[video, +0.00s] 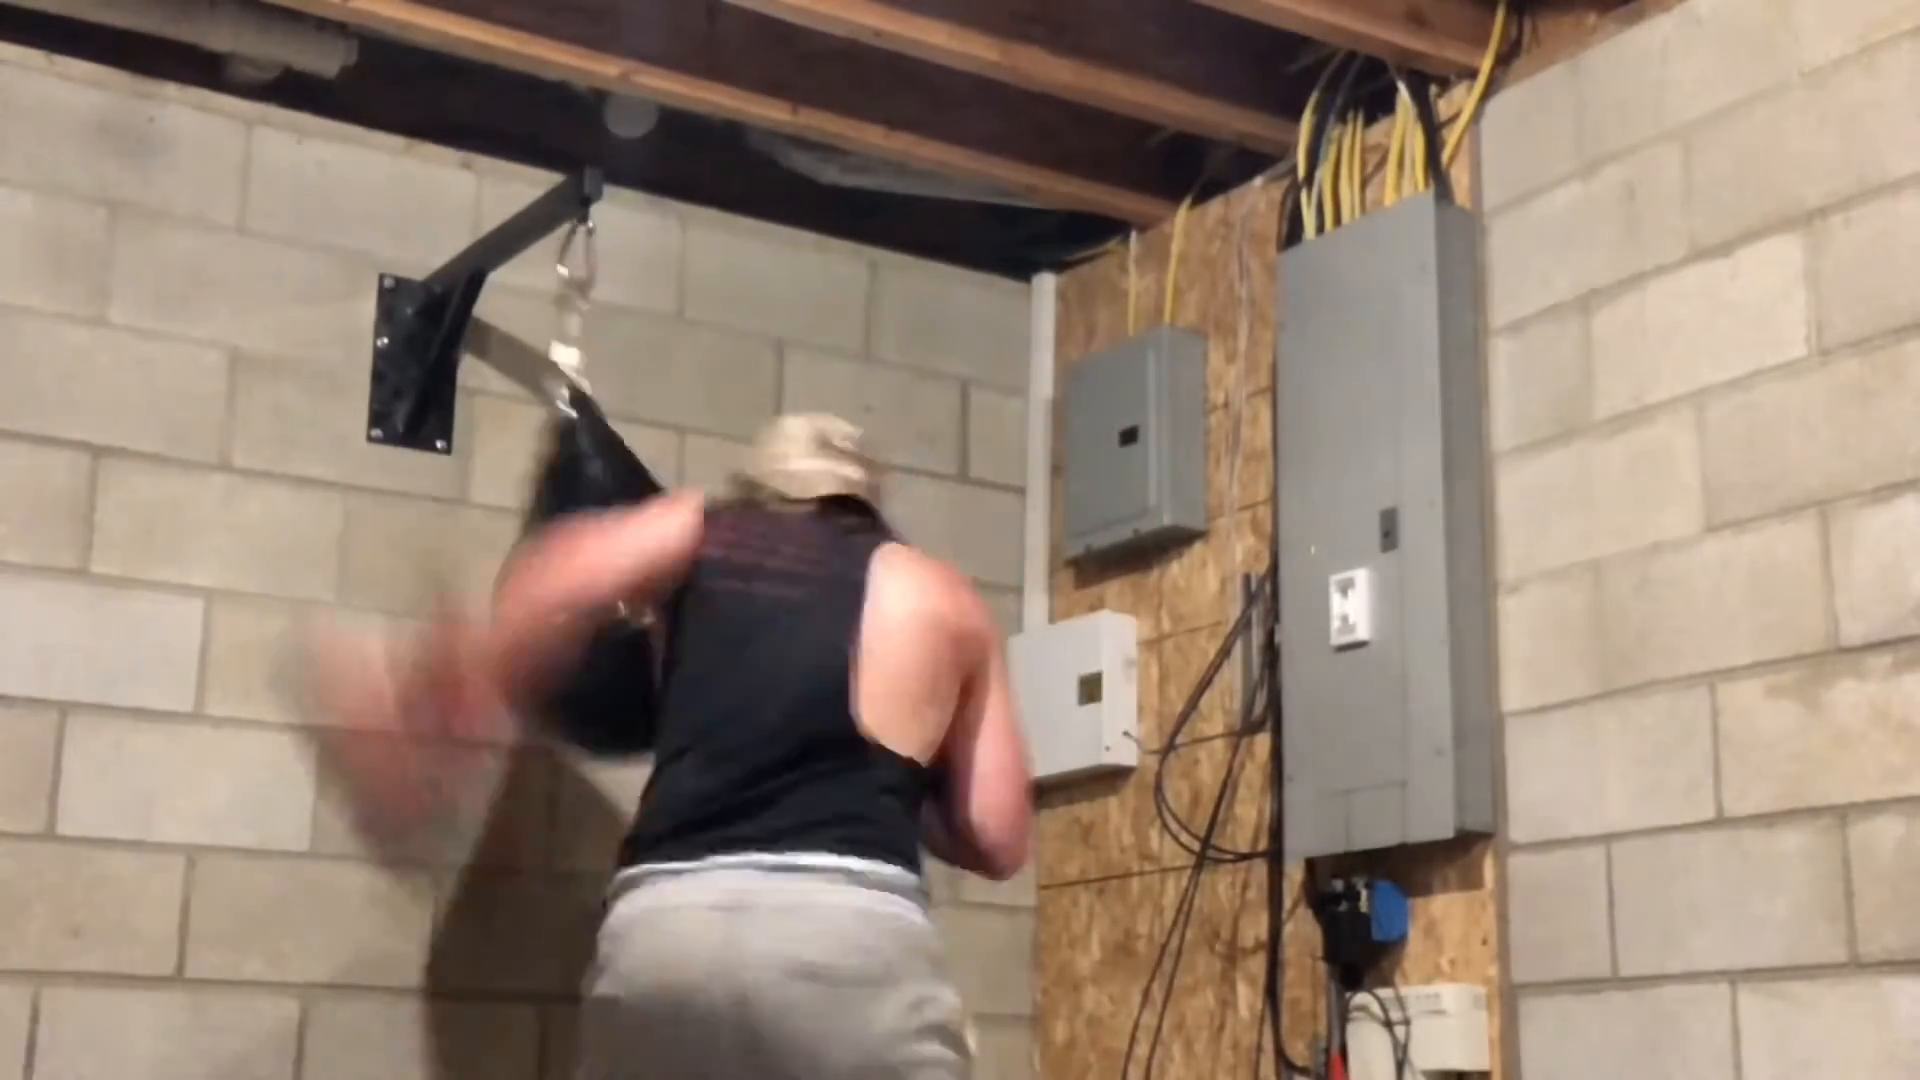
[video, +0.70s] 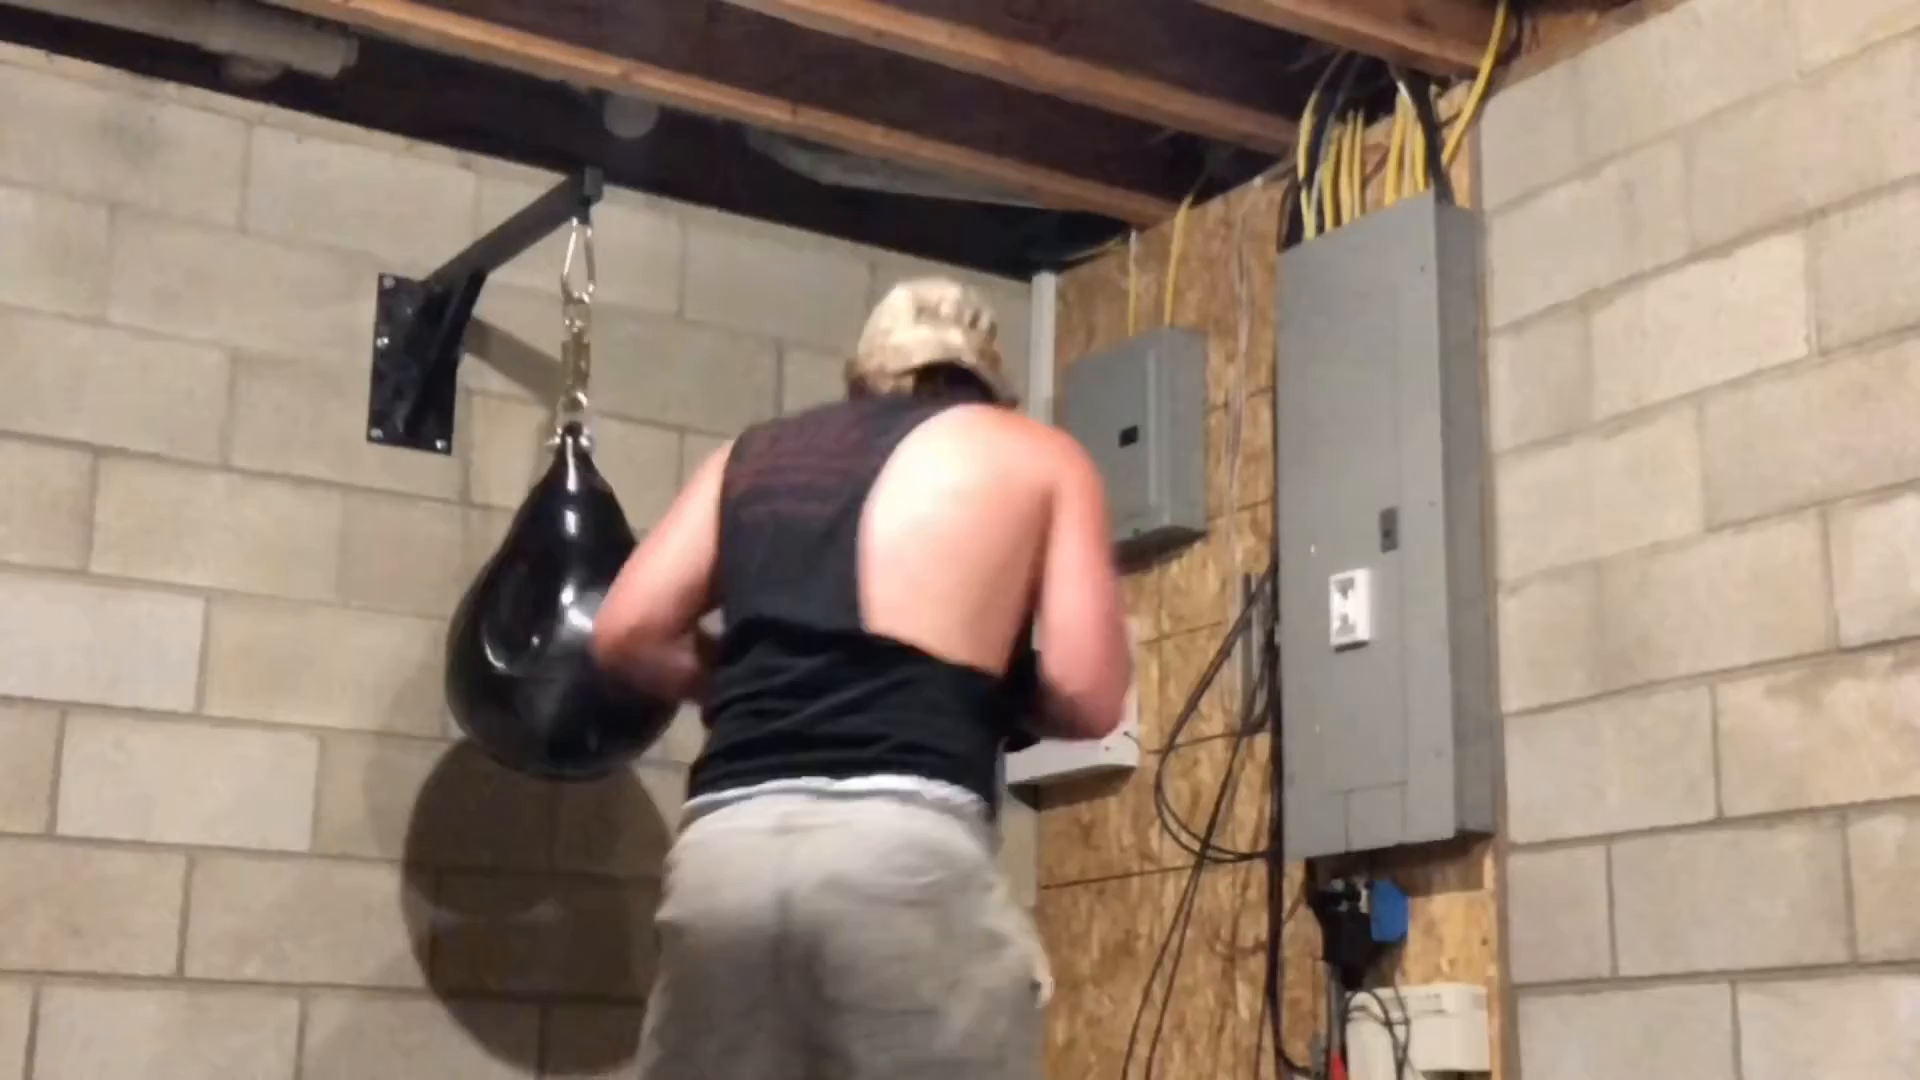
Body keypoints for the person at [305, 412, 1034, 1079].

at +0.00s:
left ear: (755, 484)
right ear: (872, 499)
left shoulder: (697, 523)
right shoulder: (951, 600)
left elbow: (554, 578)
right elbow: (998, 842)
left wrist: (473, 693)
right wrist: (891, 768)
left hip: (665, 932)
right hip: (859, 939)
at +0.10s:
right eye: (962, 499)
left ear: (851, 458)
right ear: (945, 479)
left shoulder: (738, 492)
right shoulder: (952, 529)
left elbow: (545, 484)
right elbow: (988, 770)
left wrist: (460, 512)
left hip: (625, 891)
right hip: (773, 893)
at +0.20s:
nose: (989, 545)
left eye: (997, 528)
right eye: (995, 522)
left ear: (903, 432)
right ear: (985, 480)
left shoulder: (747, 480)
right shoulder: (932, 488)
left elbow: (552, 544)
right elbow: (954, 733)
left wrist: (534, 616)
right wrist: (1012, 662)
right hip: (750, 869)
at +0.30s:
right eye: (973, 494)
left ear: (848, 441)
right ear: (958, 477)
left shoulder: (728, 500)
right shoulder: (959, 536)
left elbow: (590, 652)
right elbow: (973, 792)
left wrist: (692, 712)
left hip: (587, 895)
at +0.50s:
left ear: (841, 447)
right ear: (966, 459)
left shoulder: (728, 524)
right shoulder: (987, 531)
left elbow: (597, 721)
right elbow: (1020, 786)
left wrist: (703, 734)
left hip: (629, 930)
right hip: (807, 942)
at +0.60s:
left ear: (850, 411)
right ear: (977, 413)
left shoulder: (731, 497)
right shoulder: (1008, 492)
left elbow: (601, 679)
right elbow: (1042, 740)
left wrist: (722, 707)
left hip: (674, 885)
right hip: (854, 889)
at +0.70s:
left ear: (861, 374)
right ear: (989, 376)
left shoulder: (746, 453)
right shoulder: (1044, 456)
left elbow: (626, 633)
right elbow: (1089, 699)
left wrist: (742, 679)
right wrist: (984, 691)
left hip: (719, 868)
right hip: (910, 869)